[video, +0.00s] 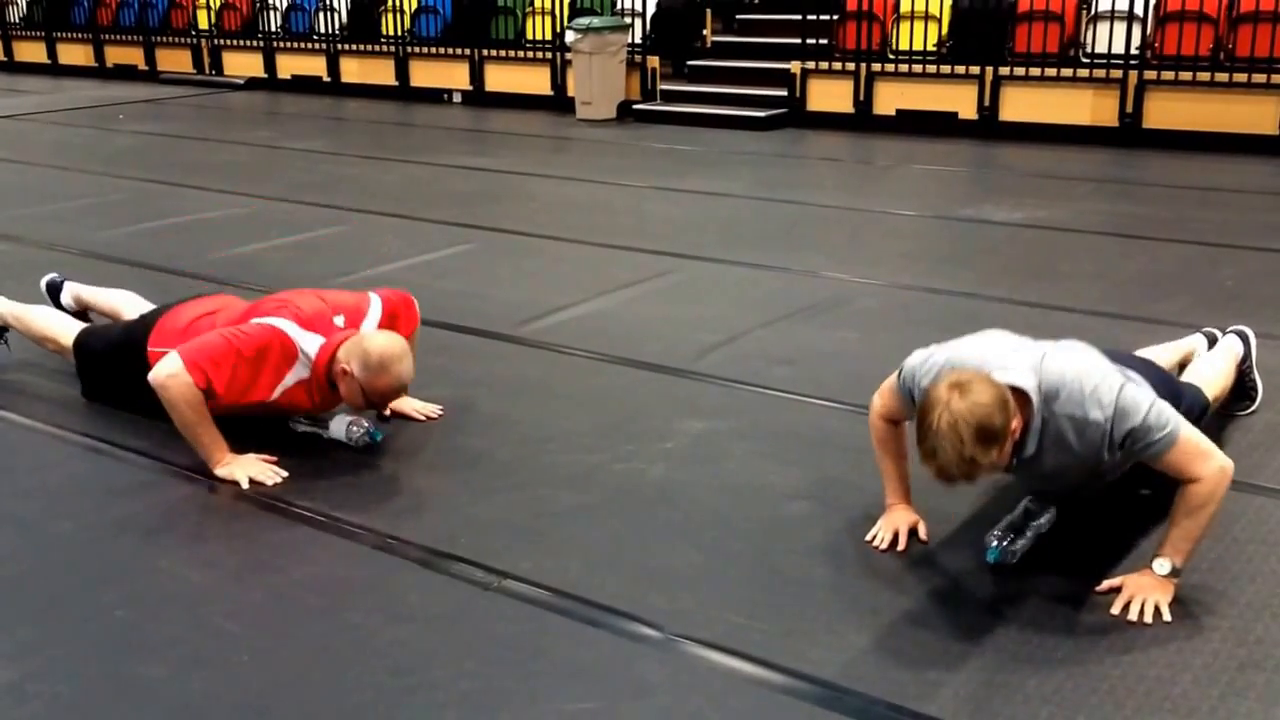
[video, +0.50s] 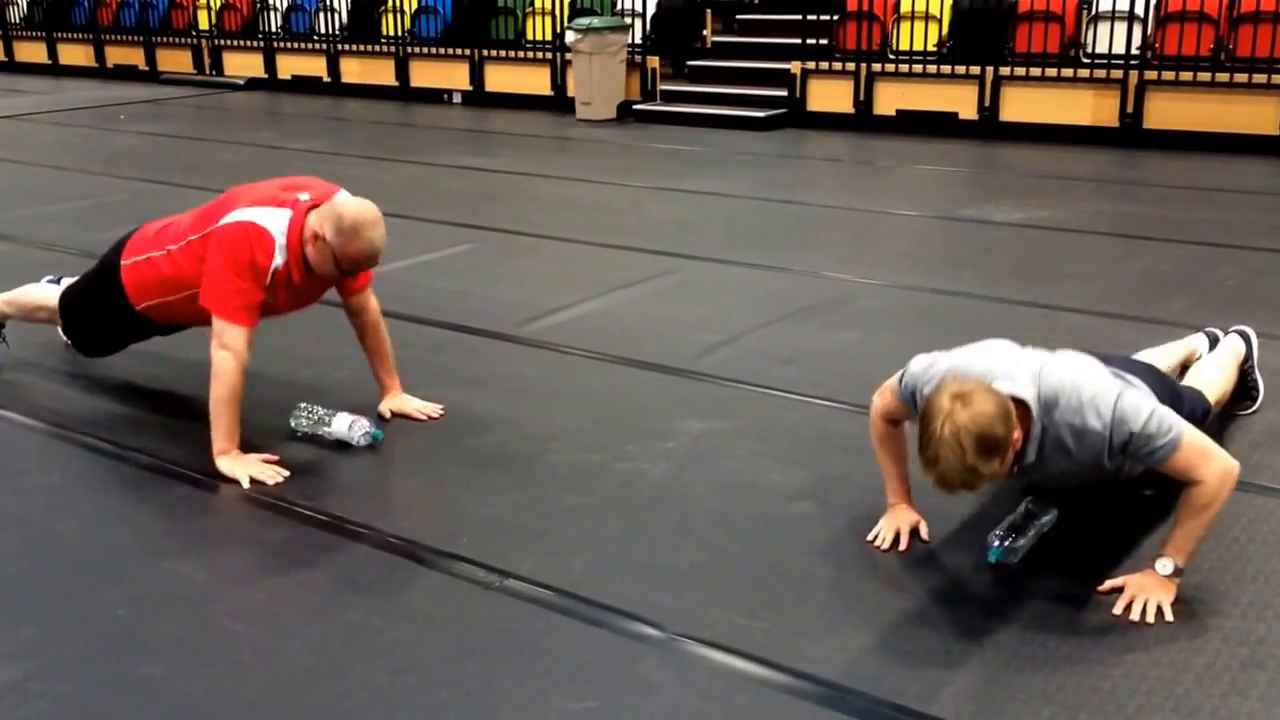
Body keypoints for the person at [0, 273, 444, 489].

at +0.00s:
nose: (364, 409)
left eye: (378, 405)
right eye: (360, 402)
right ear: (342, 369)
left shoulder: (392, 315)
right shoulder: (270, 347)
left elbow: (405, 312)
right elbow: (170, 379)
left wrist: (390, 393)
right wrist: (223, 459)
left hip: (221, 312)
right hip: (158, 342)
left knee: (141, 315)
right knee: (72, 341)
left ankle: (67, 291)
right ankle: (5, 307)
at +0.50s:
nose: (341, 283)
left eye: (352, 275)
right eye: (337, 269)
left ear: (364, 246)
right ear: (314, 237)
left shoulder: (345, 222)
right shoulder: (246, 244)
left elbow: (363, 307)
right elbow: (228, 353)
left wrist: (392, 388)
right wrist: (228, 453)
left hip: (188, 291)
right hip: (135, 287)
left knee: (101, 311)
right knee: (67, 309)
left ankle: (56, 302)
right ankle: (8, 303)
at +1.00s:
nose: (369, 413)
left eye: (382, 407)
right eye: (365, 406)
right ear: (343, 374)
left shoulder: (388, 314)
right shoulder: (271, 350)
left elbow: (398, 310)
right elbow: (168, 378)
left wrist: (390, 393)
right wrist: (222, 457)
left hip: (223, 314)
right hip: (158, 344)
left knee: (143, 316)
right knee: (74, 342)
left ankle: (69, 290)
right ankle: (7, 308)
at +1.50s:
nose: (336, 287)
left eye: (347, 278)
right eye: (331, 274)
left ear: (358, 243)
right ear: (305, 240)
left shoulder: (338, 224)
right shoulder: (235, 245)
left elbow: (361, 307)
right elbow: (216, 351)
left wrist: (389, 388)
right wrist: (223, 453)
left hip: (184, 290)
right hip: (128, 287)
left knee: (94, 308)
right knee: (63, 308)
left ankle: (48, 296)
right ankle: (8, 304)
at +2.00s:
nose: (365, 391)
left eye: (374, 386)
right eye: (360, 384)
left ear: (395, 334)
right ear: (336, 358)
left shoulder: (369, 307)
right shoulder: (261, 340)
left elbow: (398, 305)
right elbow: (165, 378)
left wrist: (388, 387)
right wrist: (219, 457)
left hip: (208, 312)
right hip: (147, 345)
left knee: (138, 314)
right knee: (72, 341)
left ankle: (71, 290)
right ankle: (6, 308)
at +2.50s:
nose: (332, 296)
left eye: (346, 289)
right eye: (329, 285)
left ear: (363, 258)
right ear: (306, 251)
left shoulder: (340, 235)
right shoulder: (237, 253)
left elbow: (369, 305)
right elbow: (198, 354)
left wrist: (388, 390)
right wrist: (221, 456)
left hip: (175, 285)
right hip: (125, 285)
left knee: (97, 306)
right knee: (59, 309)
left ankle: (55, 292)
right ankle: (10, 303)